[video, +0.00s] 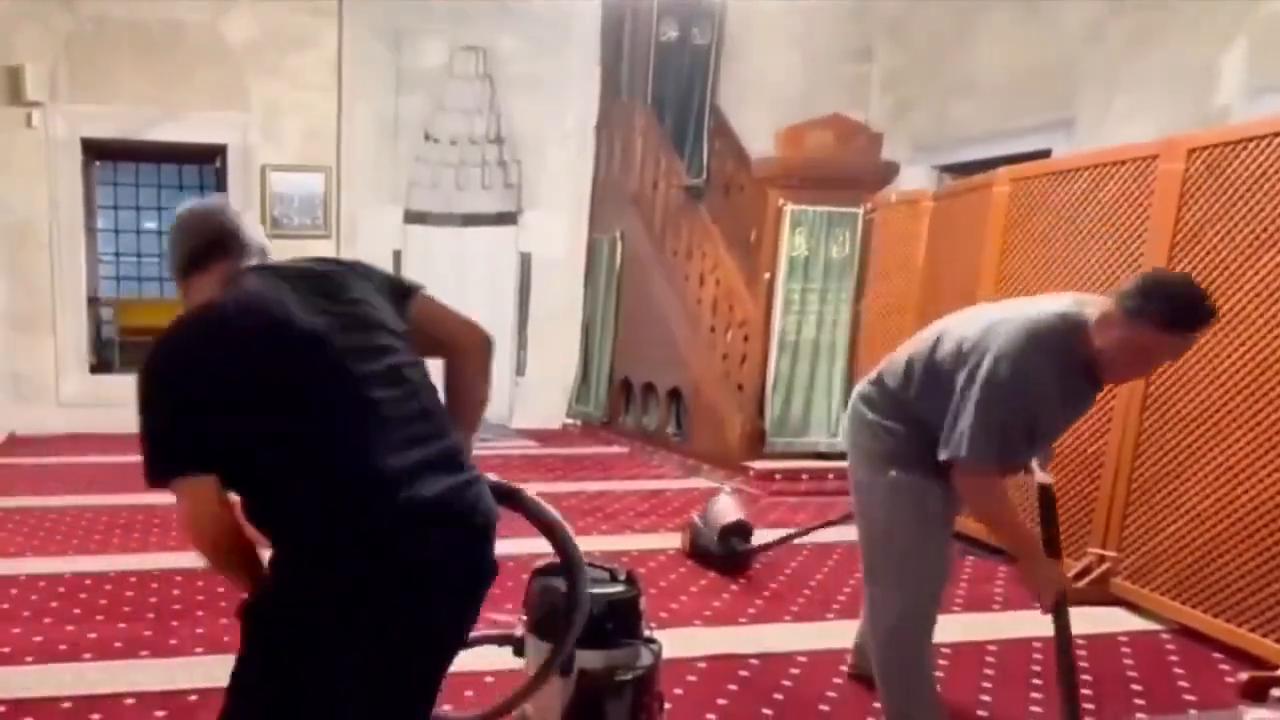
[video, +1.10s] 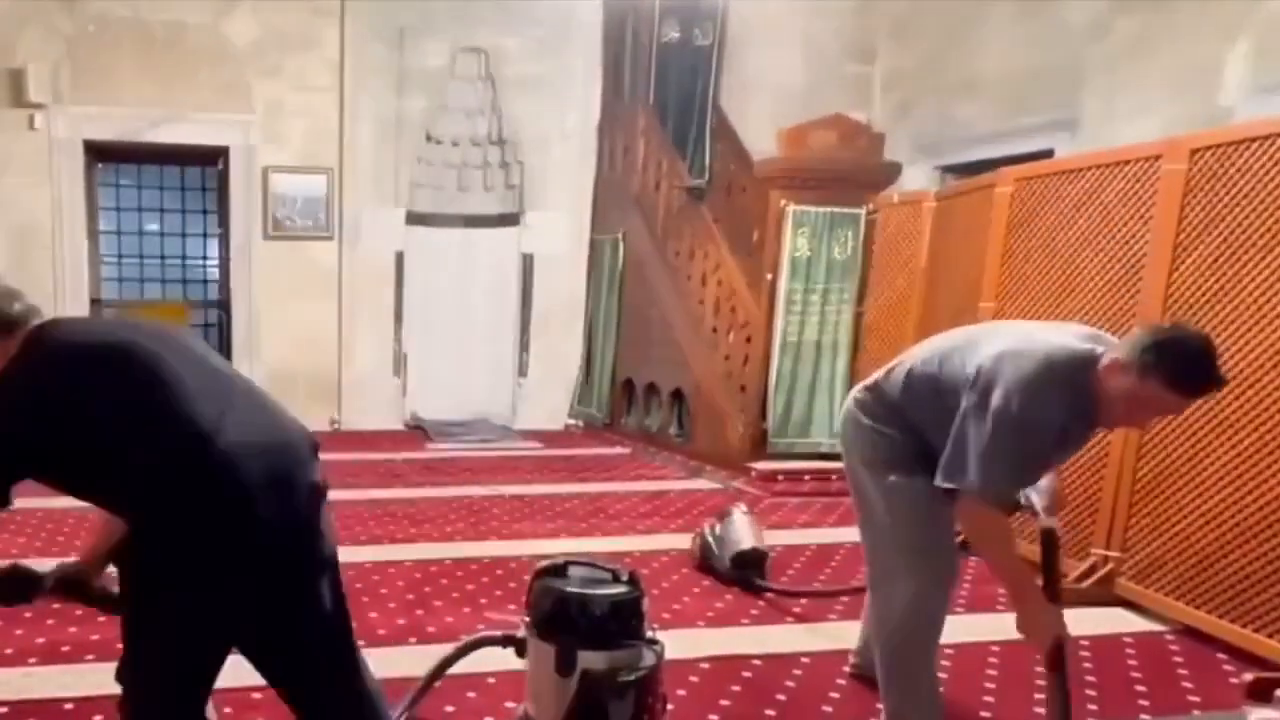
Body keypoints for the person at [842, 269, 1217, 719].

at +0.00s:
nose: (1147, 372)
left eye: (1160, 362)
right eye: (1147, 354)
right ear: (1116, 326)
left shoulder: (1094, 341)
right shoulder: (1020, 349)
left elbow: (1042, 393)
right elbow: (975, 479)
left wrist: (1032, 448)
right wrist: (1034, 563)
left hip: (945, 437)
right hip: (894, 428)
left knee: (921, 564)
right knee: (905, 588)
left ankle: (872, 656)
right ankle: (912, 708)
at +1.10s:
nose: (1146, 423)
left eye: (1161, 415)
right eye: (1149, 406)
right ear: (1121, 369)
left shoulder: (1104, 365)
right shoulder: (1029, 382)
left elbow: (1050, 424)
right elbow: (977, 510)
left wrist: (1042, 473)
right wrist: (1029, 604)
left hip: (943, 432)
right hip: (889, 429)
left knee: (919, 560)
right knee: (918, 579)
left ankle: (874, 656)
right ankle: (911, 706)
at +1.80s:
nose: (1174, 364)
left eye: (1184, 354)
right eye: (1177, 348)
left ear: (1138, 317)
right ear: (1143, 320)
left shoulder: (1097, 345)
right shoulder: (1054, 340)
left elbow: (1017, 419)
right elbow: (970, 454)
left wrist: (1013, 475)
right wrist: (1011, 528)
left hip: (935, 428)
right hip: (896, 421)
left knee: (923, 562)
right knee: (903, 580)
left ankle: (880, 655)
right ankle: (907, 707)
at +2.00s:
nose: (1189, 347)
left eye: (1199, 335)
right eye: (1191, 330)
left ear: (1146, 302)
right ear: (1157, 308)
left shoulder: (1095, 327)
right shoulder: (1074, 339)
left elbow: (1012, 432)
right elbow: (994, 447)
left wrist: (1022, 513)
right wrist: (1025, 520)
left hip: (916, 421)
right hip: (914, 430)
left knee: (918, 548)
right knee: (969, 565)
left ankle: (882, 655)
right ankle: (923, 707)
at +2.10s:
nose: (1199, 351)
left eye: (1210, 340)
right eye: (1199, 333)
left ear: (1154, 306)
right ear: (1159, 307)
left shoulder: (1103, 322)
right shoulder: (1089, 346)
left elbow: (1013, 427)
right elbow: (1006, 447)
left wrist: (1029, 507)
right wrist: (1035, 522)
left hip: (914, 419)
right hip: (928, 435)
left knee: (929, 550)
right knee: (991, 575)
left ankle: (884, 657)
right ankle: (955, 709)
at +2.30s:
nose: (1238, 388)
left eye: (1252, 379)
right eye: (1247, 370)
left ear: (1215, 325)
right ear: (1224, 334)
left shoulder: (1136, 325)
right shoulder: (1133, 369)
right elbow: (1026, 459)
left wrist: (1060, 498)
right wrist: (1063, 524)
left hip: (925, 418)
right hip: (960, 446)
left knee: (928, 562)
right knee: (1019, 598)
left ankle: (884, 657)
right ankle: (1022, 714)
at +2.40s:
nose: (1260, 393)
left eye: (1270, 383)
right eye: (1269, 378)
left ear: (1243, 337)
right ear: (1248, 348)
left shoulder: (1170, 331)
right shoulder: (1160, 375)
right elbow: (1048, 463)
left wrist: (1080, 487)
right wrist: (1082, 533)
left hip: (936, 415)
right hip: (971, 442)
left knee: (927, 559)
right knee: (1026, 597)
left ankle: (884, 658)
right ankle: (1021, 712)